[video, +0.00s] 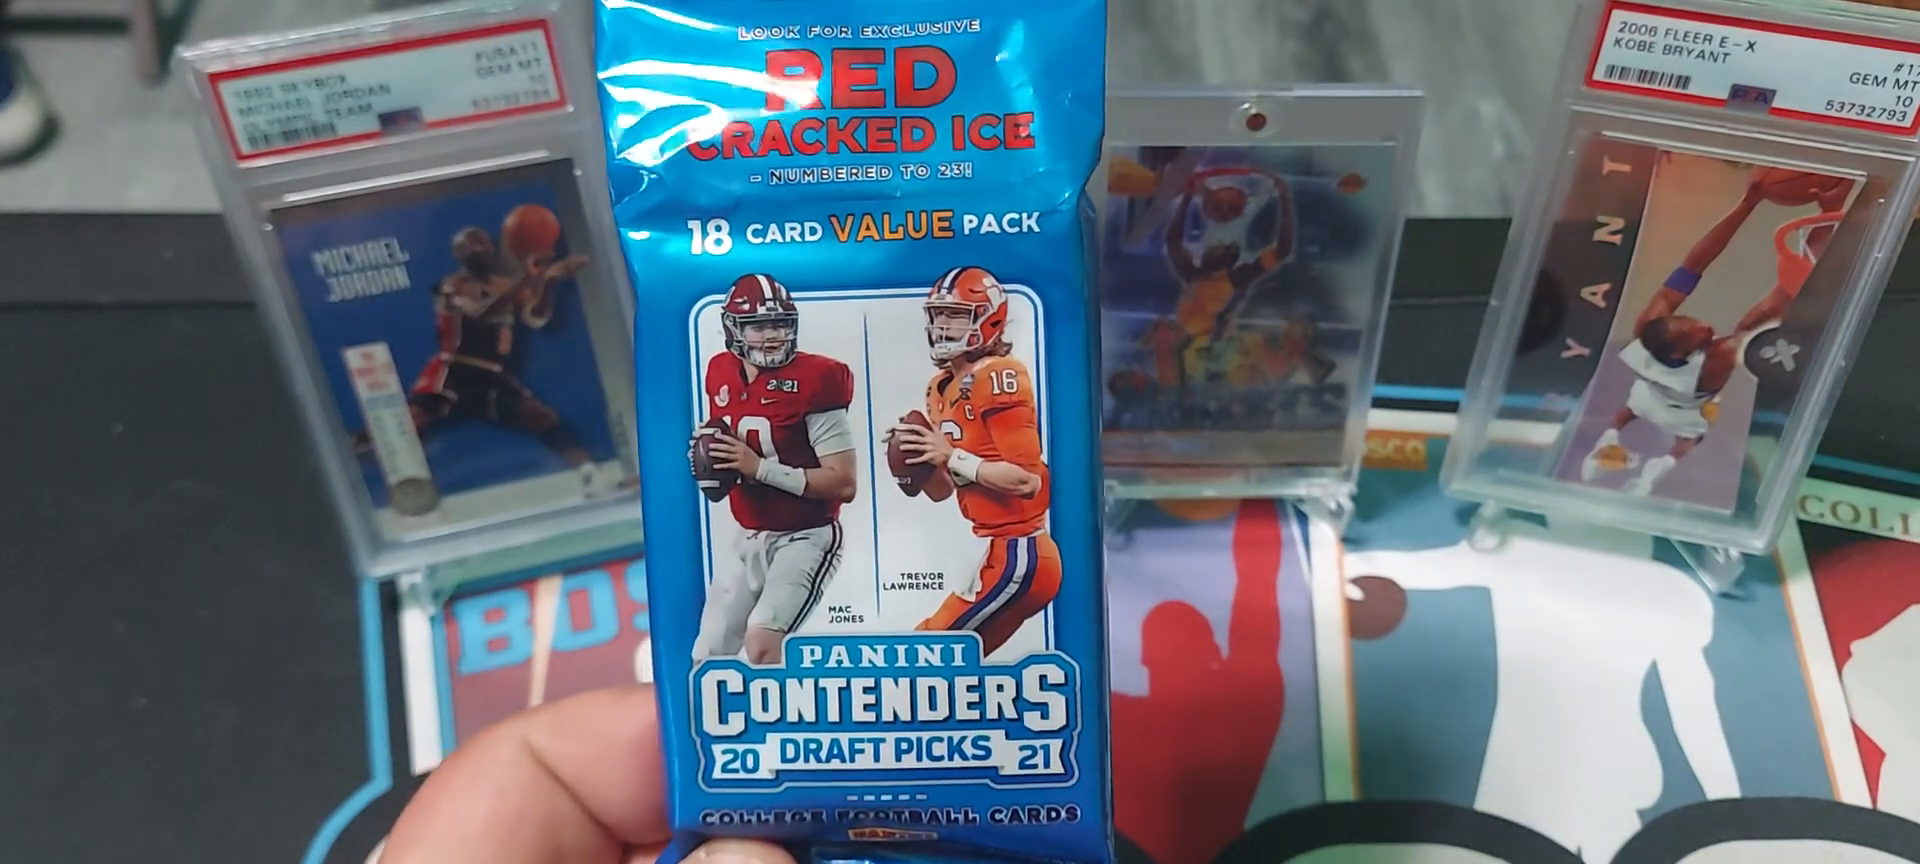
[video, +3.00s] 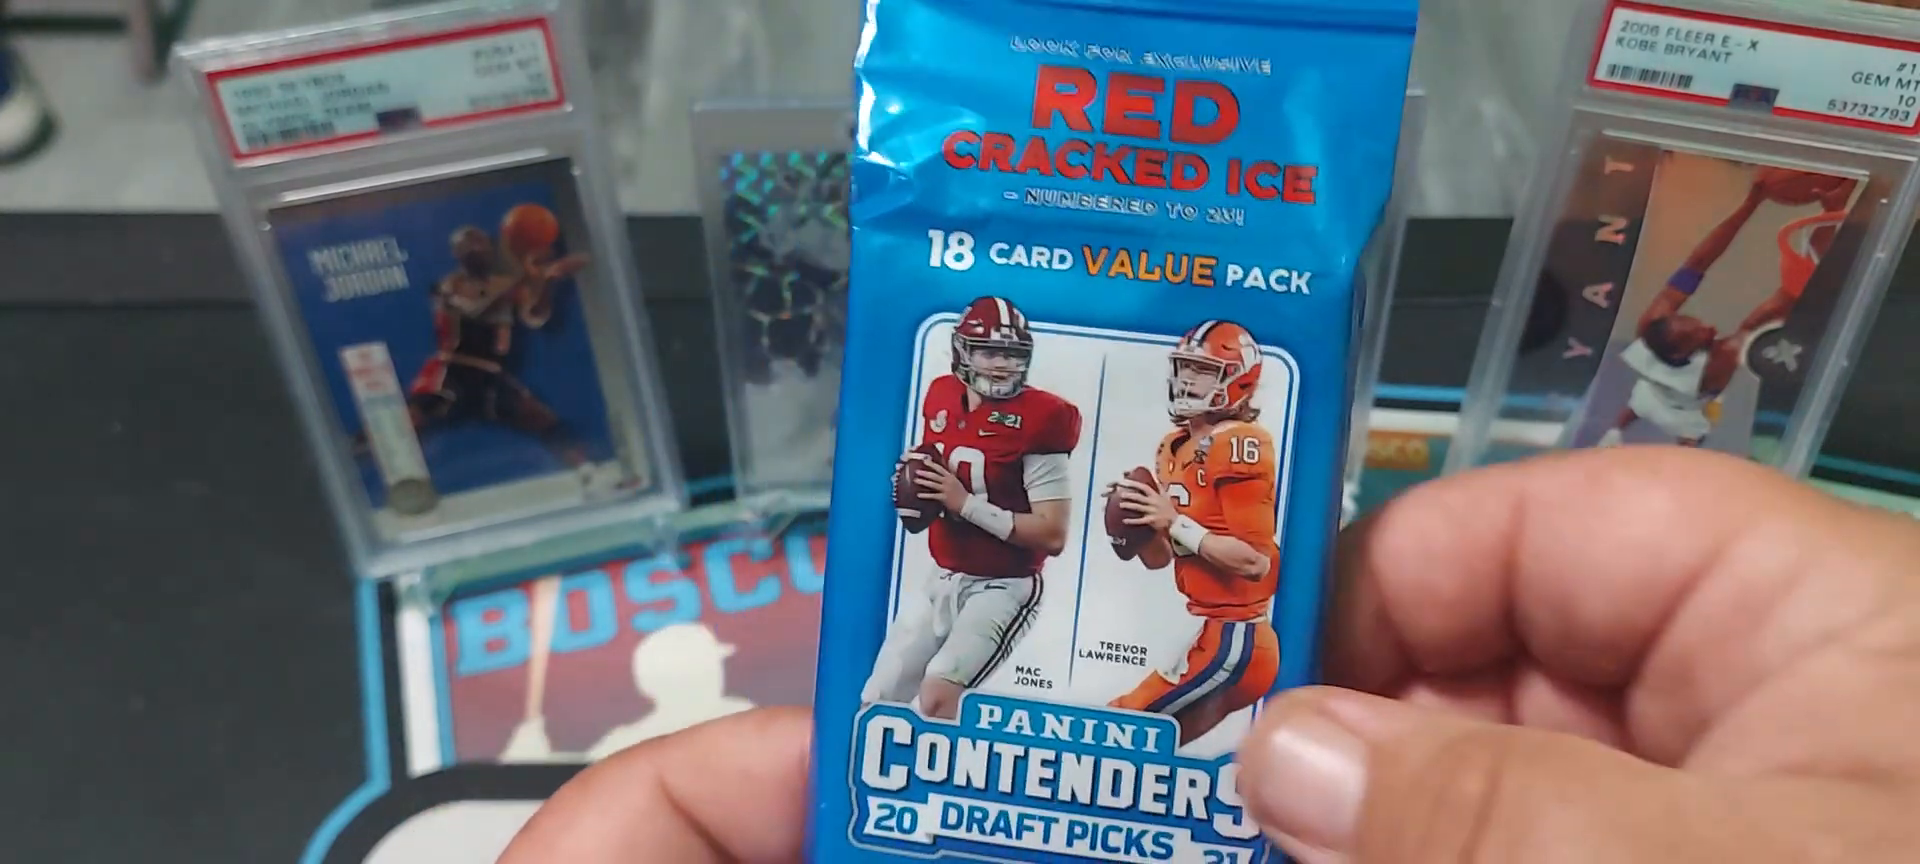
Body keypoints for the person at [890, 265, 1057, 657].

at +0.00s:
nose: (943, 328)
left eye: (956, 317)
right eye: (938, 316)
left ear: (988, 321)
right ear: (929, 319)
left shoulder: (998, 375)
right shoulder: (940, 386)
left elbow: (1025, 480)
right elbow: (940, 490)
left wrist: (950, 455)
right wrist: (912, 457)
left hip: (1020, 555)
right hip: (1003, 553)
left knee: (922, 656)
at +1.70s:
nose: (978, 360)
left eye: (992, 349)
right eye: (973, 348)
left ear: (1024, 354)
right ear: (963, 352)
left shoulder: (1035, 409)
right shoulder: (974, 422)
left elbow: (1064, 518)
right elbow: (975, 528)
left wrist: (986, 493)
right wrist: (948, 492)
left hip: (1058, 596)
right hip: (1043, 593)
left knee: (958, 702)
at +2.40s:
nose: (1033, 381)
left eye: (1049, 369)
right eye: (1028, 367)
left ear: (1083, 378)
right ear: (1018, 371)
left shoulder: (1095, 435)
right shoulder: (1032, 447)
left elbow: (1124, 551)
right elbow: (1029, 558)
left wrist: (1041, 523)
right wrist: (999, 528)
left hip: (1115, 633)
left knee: (1012, 739)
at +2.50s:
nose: (1087, 412)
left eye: (1103, 399)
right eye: (1082, 398)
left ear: (1139, 409)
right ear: (1074, 401)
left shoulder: (1151, 468)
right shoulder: (1086, 479)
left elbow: (1180, 587)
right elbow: (1081, 592)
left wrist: (1093, 556)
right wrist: (1050, 563)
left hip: (1169, 672)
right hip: (1145, 668)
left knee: (1057, 778)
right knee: (1073, 788)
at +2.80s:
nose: (1142, 409)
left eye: (1158, 398)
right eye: (1139, 397)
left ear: (1194, 406)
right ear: (1130, 400)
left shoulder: (1203, 468)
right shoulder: (1134, 474)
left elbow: (1222, 584)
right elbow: (1126, 588)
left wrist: (1140, 551)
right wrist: (1097, 555)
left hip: (1210, 669)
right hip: (1186, 664)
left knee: (1093, 768)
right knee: (1108, 779)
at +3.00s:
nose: (1187, 383)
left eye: (1203, 373)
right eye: (1184, 369)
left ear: (1238, 382)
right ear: (1173, 370)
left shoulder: (1242, 443)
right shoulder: (1173, 445)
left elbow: (1253, 559)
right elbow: (1158, 558)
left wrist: (1173, 522)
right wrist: (1135, 522)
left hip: (1236, 642)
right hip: (1213, 637)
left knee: (1112, 735)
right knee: (1129, 746)